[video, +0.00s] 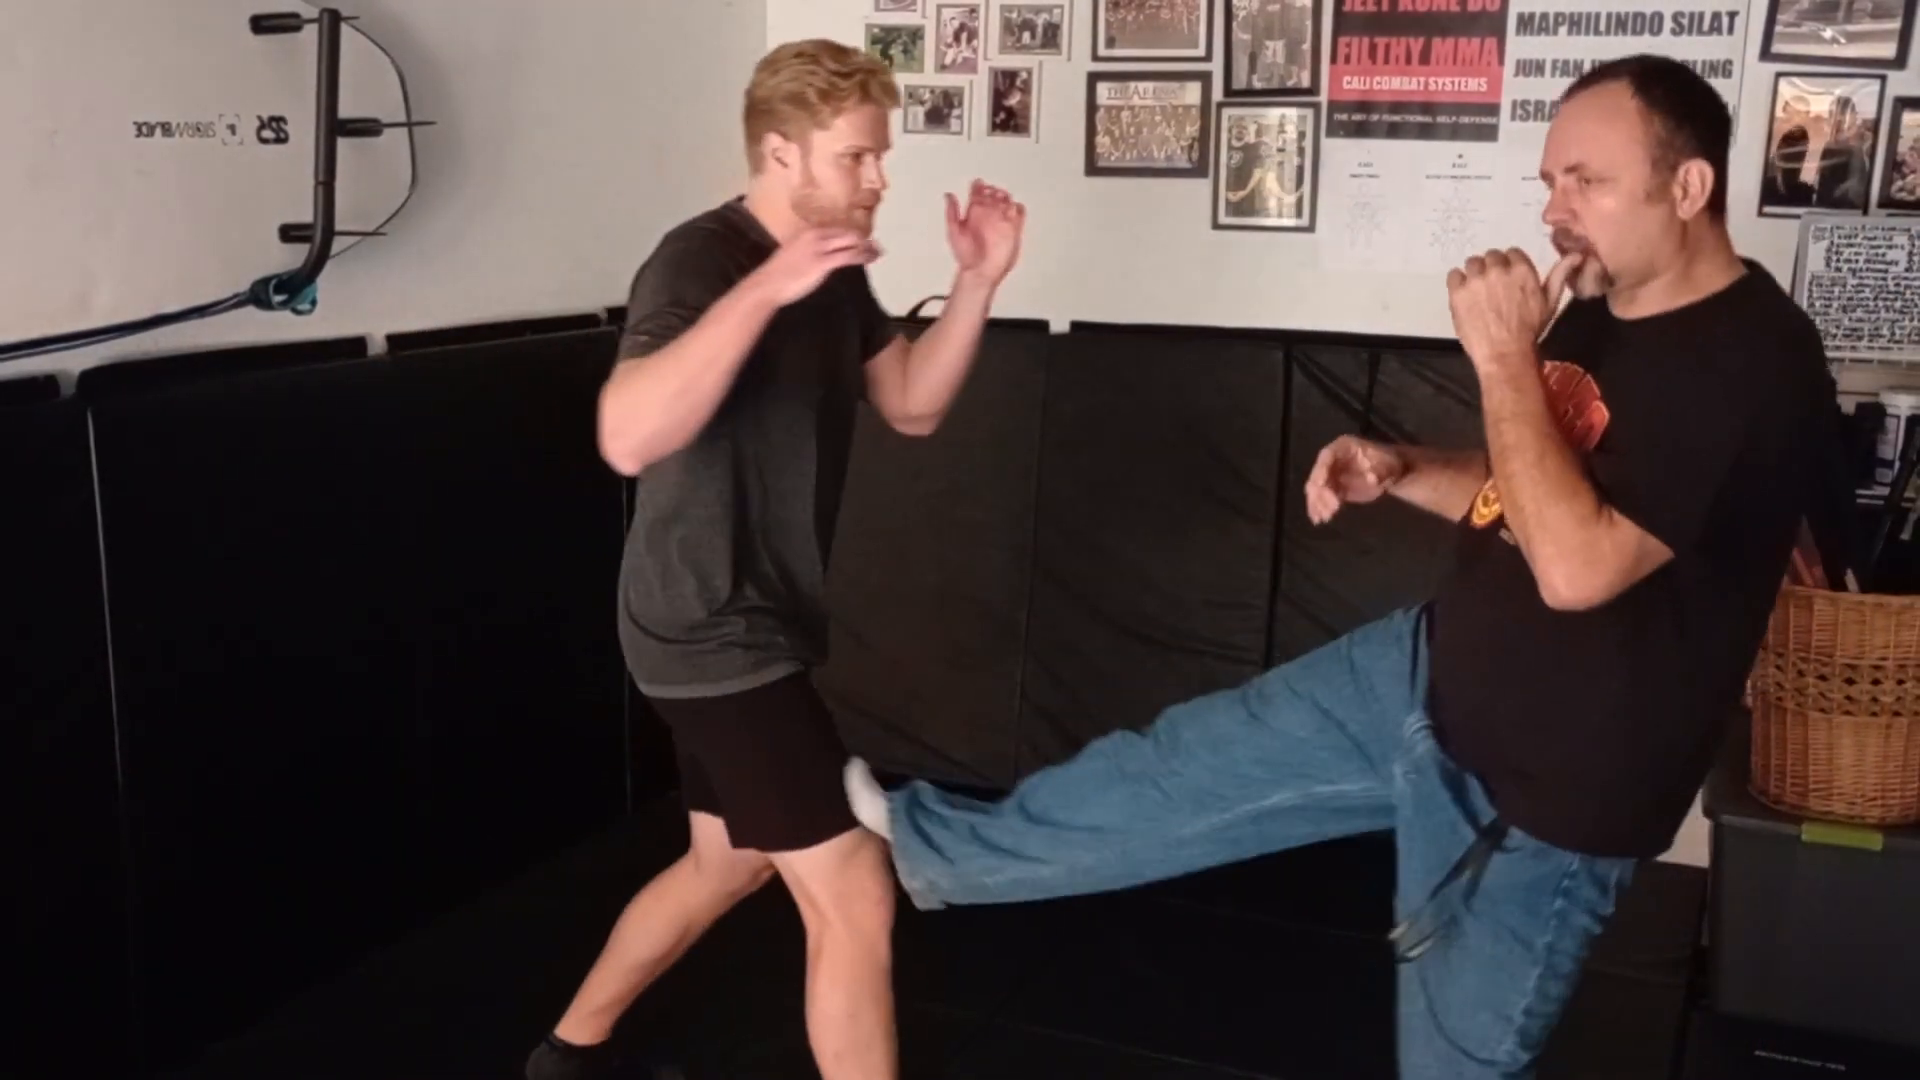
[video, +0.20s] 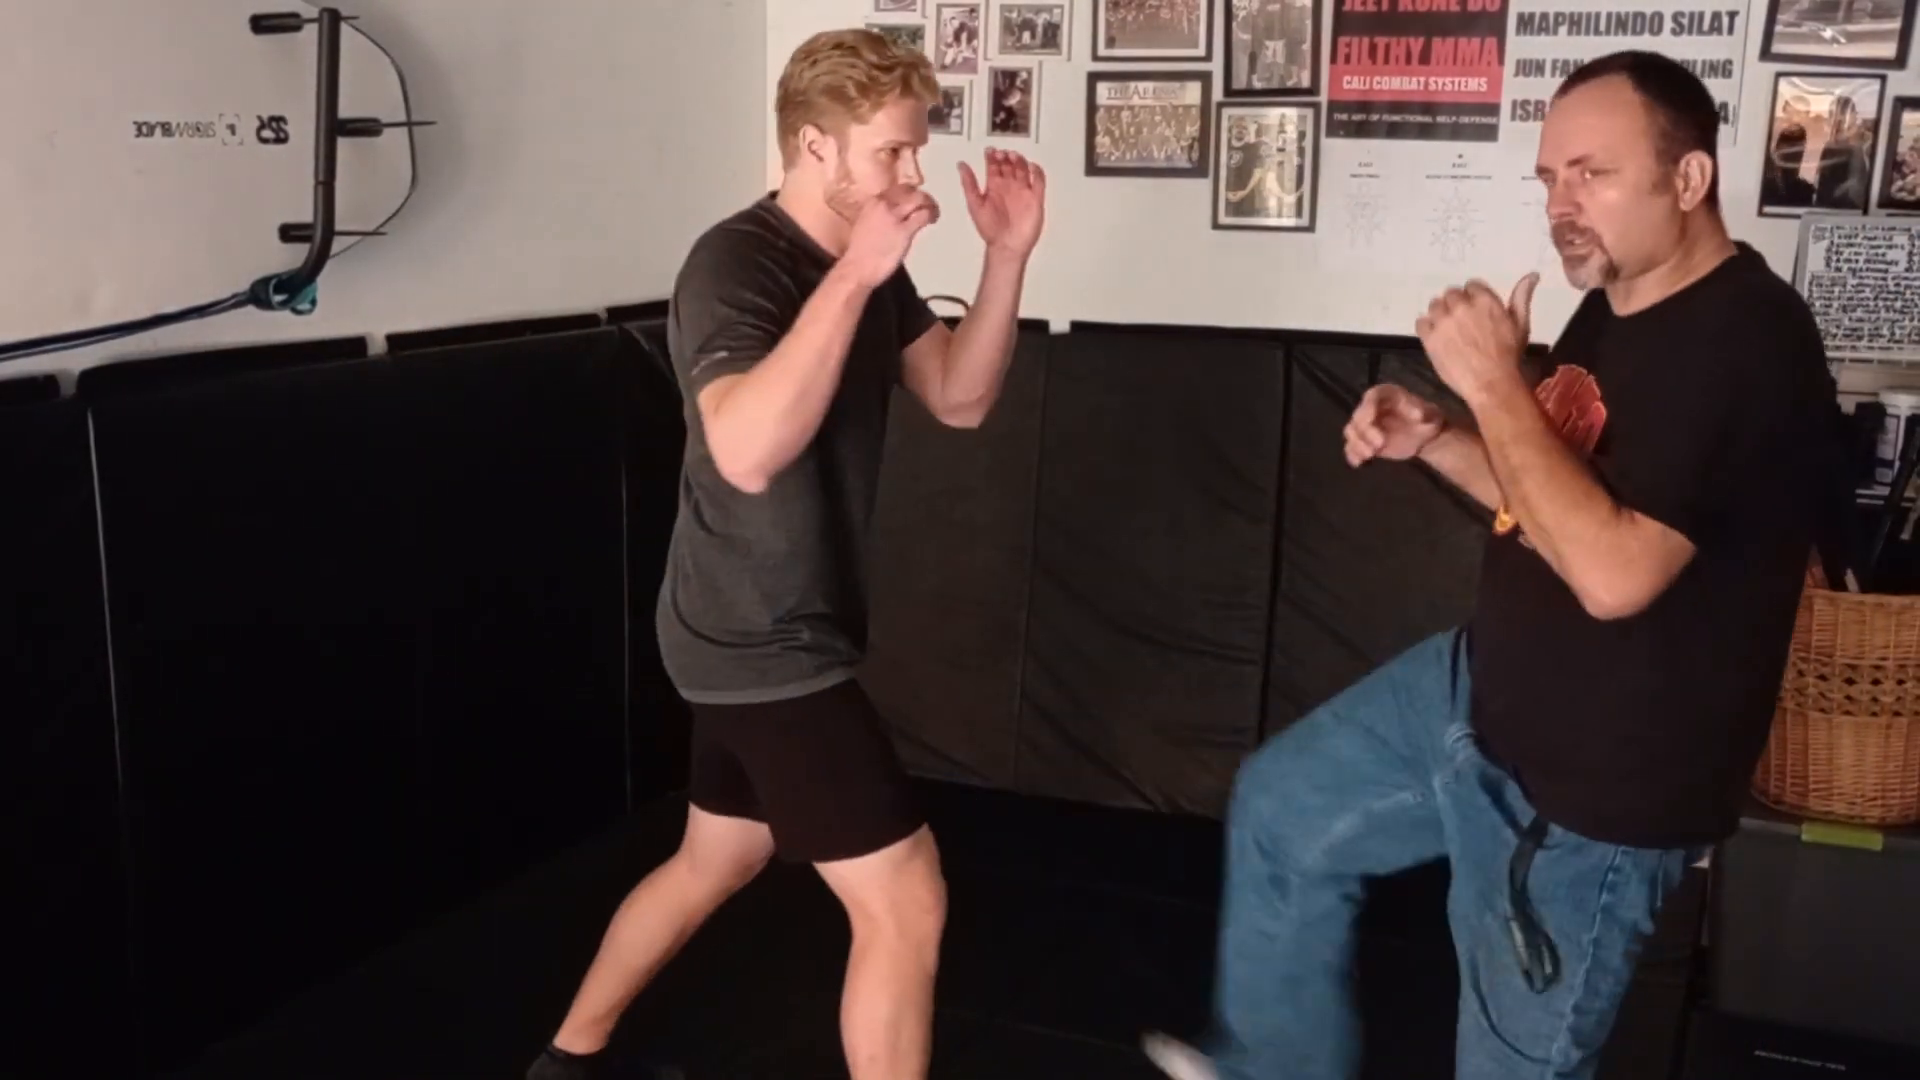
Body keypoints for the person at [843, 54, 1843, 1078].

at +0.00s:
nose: (1554, 212)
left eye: (1582, 183)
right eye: (1552, 182)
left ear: (1690, 189)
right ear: (1671, 189)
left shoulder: (1767, 374)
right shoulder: (1600, 308)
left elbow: (1584, 568)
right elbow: (1533, 493)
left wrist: (1505, 361)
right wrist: (1402, 472)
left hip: (1539, 829)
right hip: (1428, 677)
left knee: (1454, 1063)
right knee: (1175, 772)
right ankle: (931, 850)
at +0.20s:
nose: (1558, 206)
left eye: (1588, 174)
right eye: (1549, 177)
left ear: (1691, 180)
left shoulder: (1760, 349)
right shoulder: (1616, 304)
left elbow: (1616, 572)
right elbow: (1551, 507)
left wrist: (1493, 386)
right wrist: (1439, 442)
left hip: (1588, 821)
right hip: (1475, 691)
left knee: (1514, 1069)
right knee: (1281, 814)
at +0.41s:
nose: (1608, 203)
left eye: (1642, 172)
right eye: (1599, 171)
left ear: (1738, 183)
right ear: (1589, 172)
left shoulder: (1810, 348)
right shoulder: (1632, 310)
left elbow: (1765, 600)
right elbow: (1594, 516)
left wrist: (1572, 463)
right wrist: (1501, 441)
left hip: (1657, 808)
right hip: (1539, 765)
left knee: (1557, 1060)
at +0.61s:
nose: (1636, 206)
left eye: (1671, 176)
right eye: (1629, 176)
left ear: (1763, 190)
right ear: (1619, 183)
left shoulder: (1852, 342)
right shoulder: (1655, 323)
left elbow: (1846, 586)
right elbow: (1630, 522)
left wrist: (1632, 479)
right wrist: (1540, 472)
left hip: (1783, 783)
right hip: (1664, 760)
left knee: (1614, 1050)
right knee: (1744, 1048)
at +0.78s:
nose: (1690, 190)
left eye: (1718, 162)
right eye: (1684, 161)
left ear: (1819, 170)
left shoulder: (1902, 324)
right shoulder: (1713, 301)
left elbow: (1840, 569)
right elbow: (1668, 493)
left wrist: (1676, 411)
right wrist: (1592, 417)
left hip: (1820, 803)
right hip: (1681, 771)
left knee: (1755, 1059)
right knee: (1686, 1048)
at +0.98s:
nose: (1726, 208)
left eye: (1758, 182)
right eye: (1730, 178)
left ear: (1858, 199)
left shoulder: (1917, 355)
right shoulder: (1760, 331)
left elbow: (1865, 609)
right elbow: (1712, 529)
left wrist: (1697, 453)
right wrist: (1616, 453)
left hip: (1855, 845)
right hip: (1692, 803)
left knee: (1844, 1060)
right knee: (1668, 1046)